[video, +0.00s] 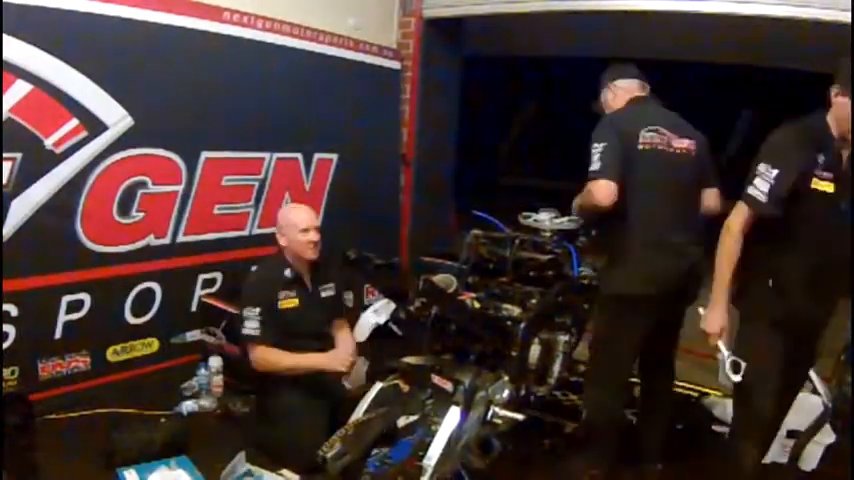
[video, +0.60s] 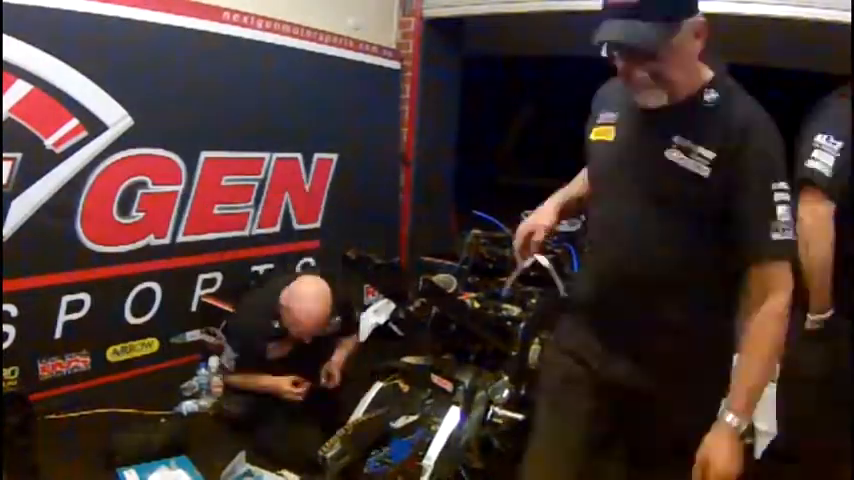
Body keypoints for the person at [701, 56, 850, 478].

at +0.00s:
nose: (853, 111)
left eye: (852, 102)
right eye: (851, 101)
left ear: (841, 99)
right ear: (836, 97)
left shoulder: (844, 157)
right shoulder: (795, 144)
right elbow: (737, 221)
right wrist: (718, 302)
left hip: (814, 311)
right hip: (767, 304)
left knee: (771, 417)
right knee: (755, 415)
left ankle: (746, 468)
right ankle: (736, 474)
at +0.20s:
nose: (793, 41)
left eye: (794, 32)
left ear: (804, 35)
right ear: (851, 37)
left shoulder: (784, 86)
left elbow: (670, 179)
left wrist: (735, 201)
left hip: (786, 342)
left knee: (771, 463)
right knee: (834, 463)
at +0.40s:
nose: (795, 79)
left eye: (796, 73)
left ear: (801, 72)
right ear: (840, 73)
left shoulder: (793, 113)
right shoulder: (848, 114)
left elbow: (761, 198)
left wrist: (750, 214)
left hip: (792, 275)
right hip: (834, 279)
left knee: (742, 391)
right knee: (792, 396)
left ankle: (726, 473)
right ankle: (774, 472)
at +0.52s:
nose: (847, 90)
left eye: (850, 78)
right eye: (841, 76)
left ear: (808, 46)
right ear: (801, 45)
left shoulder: (827, 108)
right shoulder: (725, 102)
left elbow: (838, 210)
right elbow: (652, 207)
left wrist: (842, 281)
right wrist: (700, 303)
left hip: (809, 325)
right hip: (734, 330)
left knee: (790, 466)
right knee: (715, 466)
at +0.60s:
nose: (628, 70)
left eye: (647, 54)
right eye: (619, 53)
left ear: (696, 37)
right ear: (608, 45)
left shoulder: (746, 133)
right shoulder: (609, 101)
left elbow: (771, 295)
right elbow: (604, 171)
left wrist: (732, 425)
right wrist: (553, 206)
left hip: (682, 374)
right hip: (584, 353)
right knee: (549, 469)